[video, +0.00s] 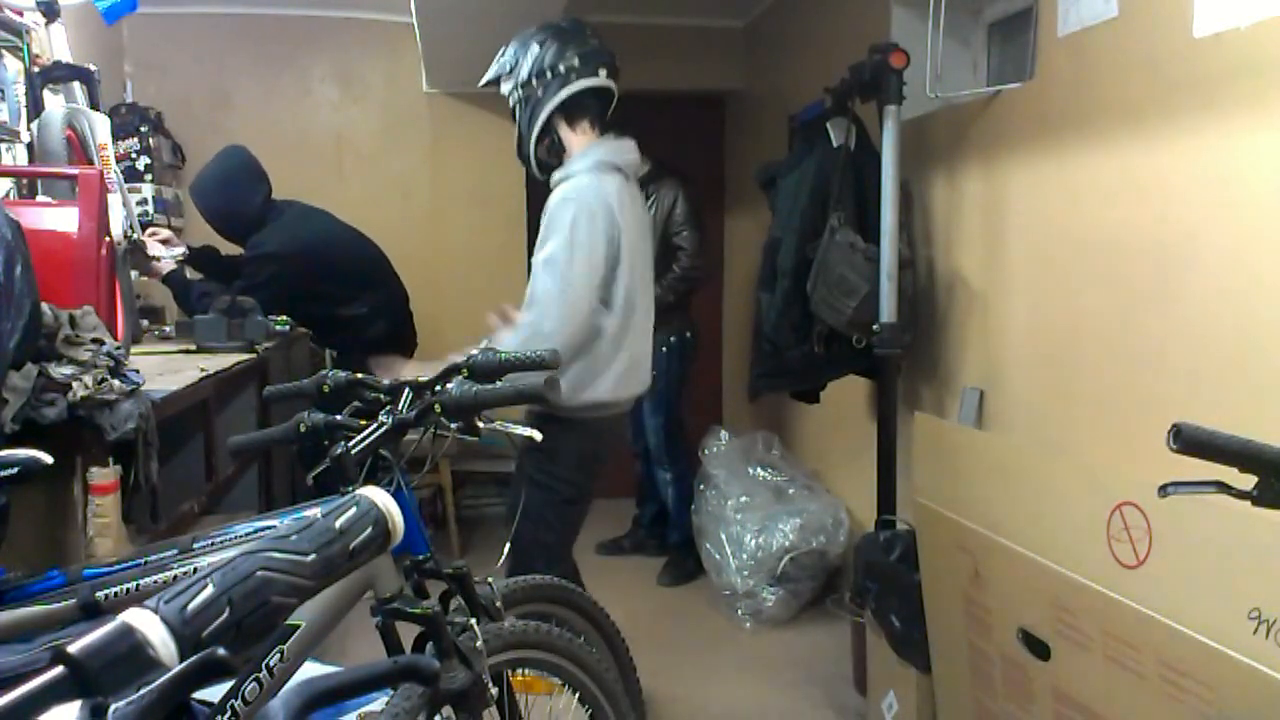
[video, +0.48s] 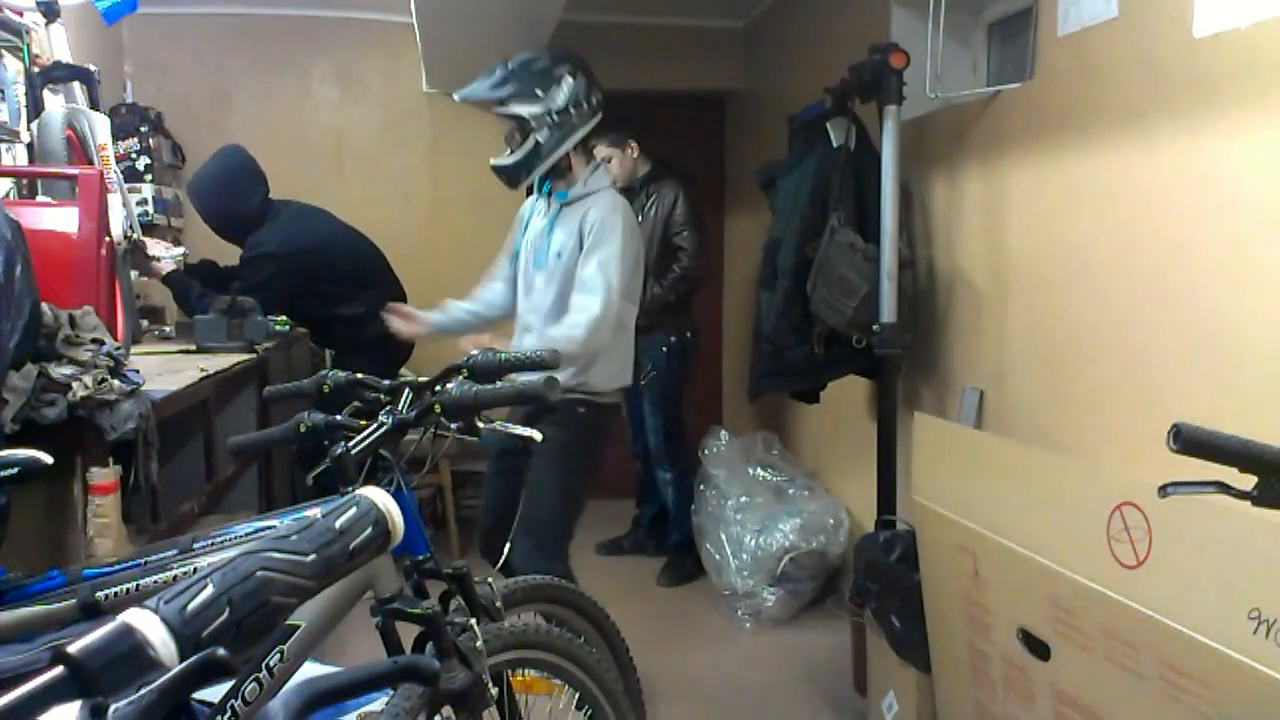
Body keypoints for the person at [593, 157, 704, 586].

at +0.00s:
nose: (611, 169)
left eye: (613, 163)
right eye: (608, 164)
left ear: (631, 157)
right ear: (616, 162)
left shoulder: (668, 192)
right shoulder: (616, 199)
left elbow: (689, 264)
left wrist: (647, 304)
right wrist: (617, 303)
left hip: (667, 330)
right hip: (634, 330)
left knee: (662, 434)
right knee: (640, 436)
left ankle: (685, 542)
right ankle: (650, 527)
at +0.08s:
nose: (610, 171)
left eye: (613, 161)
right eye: (607, 164)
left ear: (633, 152)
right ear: (626, 156)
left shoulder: (669, 191)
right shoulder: (618, 199)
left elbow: (689, 262)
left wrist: (648, 300)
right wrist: (615, 296)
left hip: (666, 331)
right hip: (632, 331)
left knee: (662, 435)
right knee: (641, 435)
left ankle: (685, 543)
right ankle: (650, 527)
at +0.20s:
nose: (611, 169)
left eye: (613, 159)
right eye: (607, 162)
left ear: (633, 151)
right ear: (626, 155)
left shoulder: (668, 191)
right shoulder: (617, 198)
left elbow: (689, 261)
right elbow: (619, 260)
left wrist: (650, 302)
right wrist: (615, 300)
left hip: (664, 330)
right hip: (631, 329)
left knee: (663, 440)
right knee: (640, 439)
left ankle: (685, 545)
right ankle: (649, 528)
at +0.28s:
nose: (611, 169)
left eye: (614, 159)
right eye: (607, 163)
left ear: (634, 152)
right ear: (626, 156)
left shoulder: (669, 191)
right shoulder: (621, 196)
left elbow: (690, 260)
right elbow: (620, 256)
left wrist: (652, 299)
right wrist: (618, 297)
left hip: (664, 333)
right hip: (631, 332)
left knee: (663, 442)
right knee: (640, 441)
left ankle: (685, 545)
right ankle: (650, 529)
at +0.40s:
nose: (606, 169)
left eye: (609, 159)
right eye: (603, 162)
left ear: (631, 151)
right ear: (624, 156)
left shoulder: (669, 191)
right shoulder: (621, 199)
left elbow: (690, 261)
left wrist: (647, 303)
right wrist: (617, 300)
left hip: (665, 333)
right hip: (632, 333)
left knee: (664, 441)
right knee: (640, 441)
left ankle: (685, 545)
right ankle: (650, 528)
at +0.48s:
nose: (604, 170)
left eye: (607, 160)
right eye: (600, 163)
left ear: (632, 152)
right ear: (620, 159)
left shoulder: (669, 192)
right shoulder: (620, 202)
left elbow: (690, 261)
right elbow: (619, 262)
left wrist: (646, 304)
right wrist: (616, 300)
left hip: (665, 333)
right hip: (631, 332)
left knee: (664, 440)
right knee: (641, 440)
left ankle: (685, 546)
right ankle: (649, 528)